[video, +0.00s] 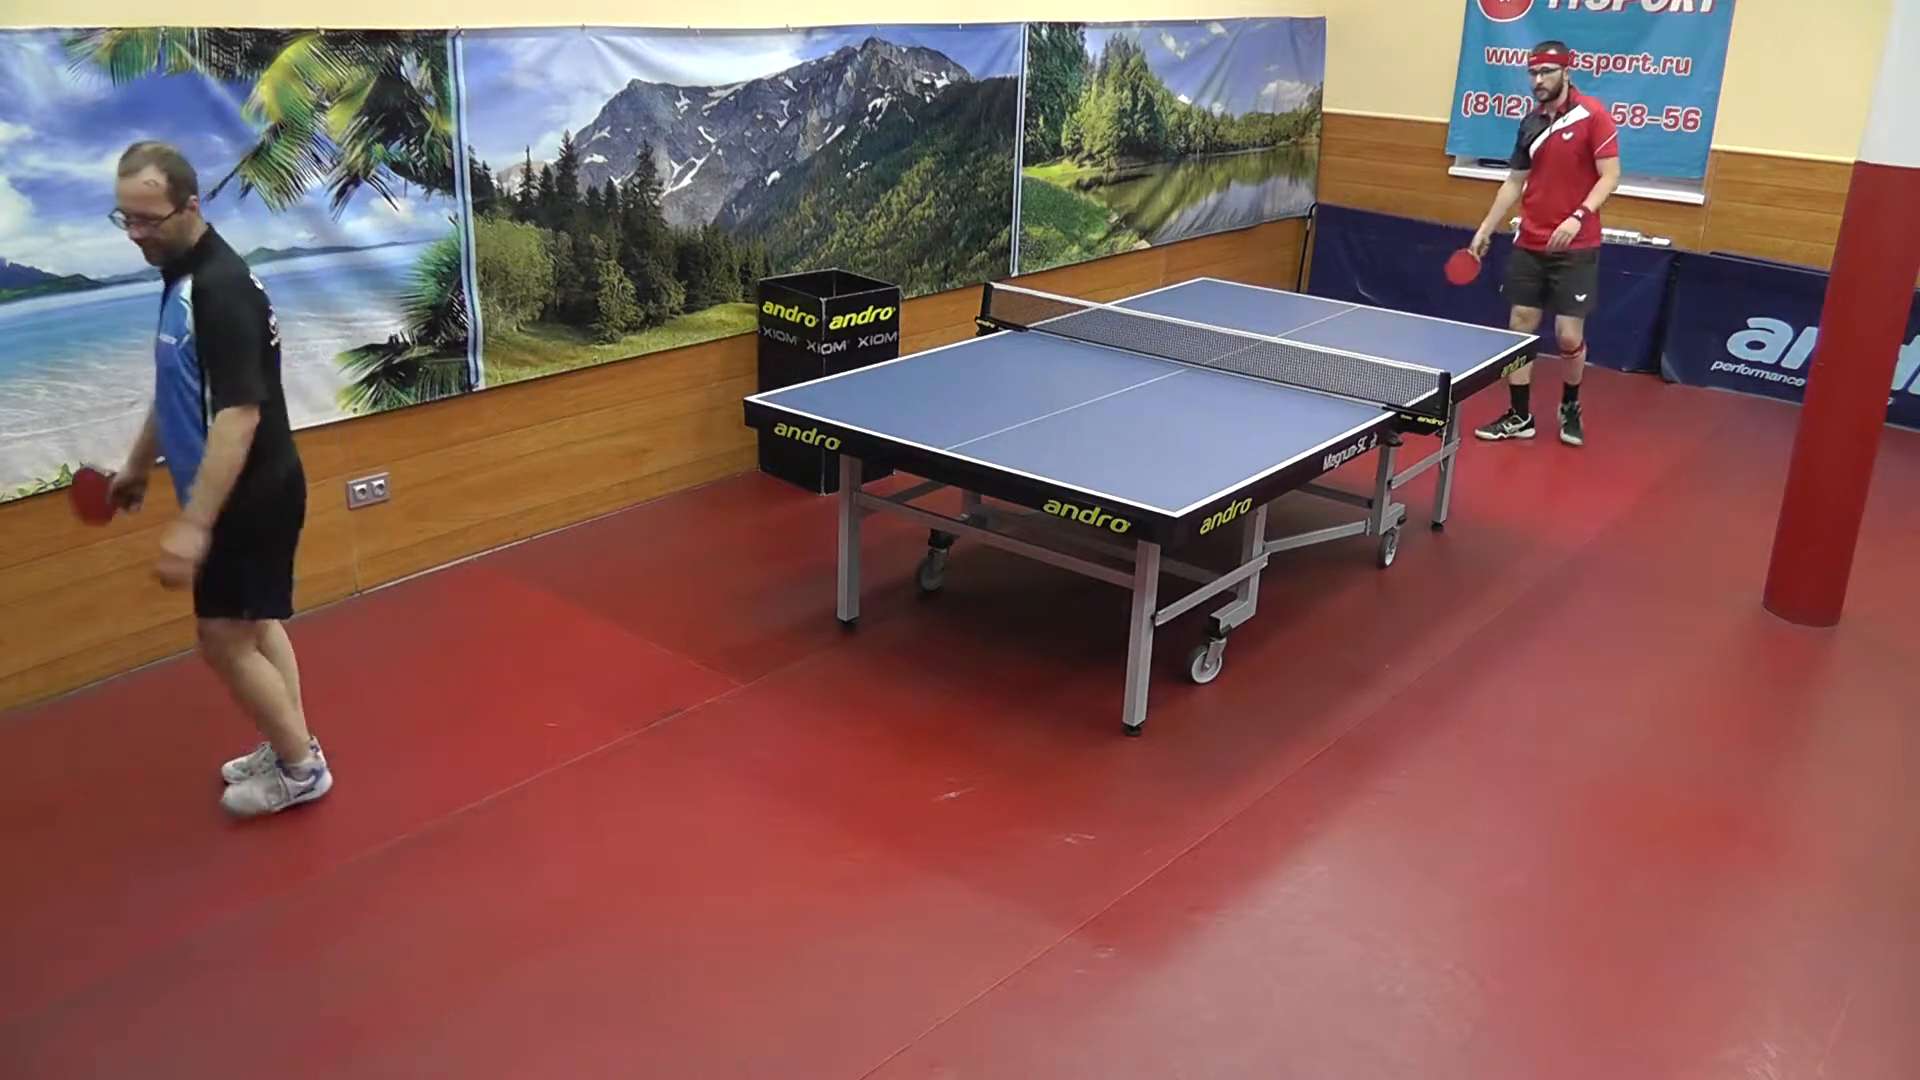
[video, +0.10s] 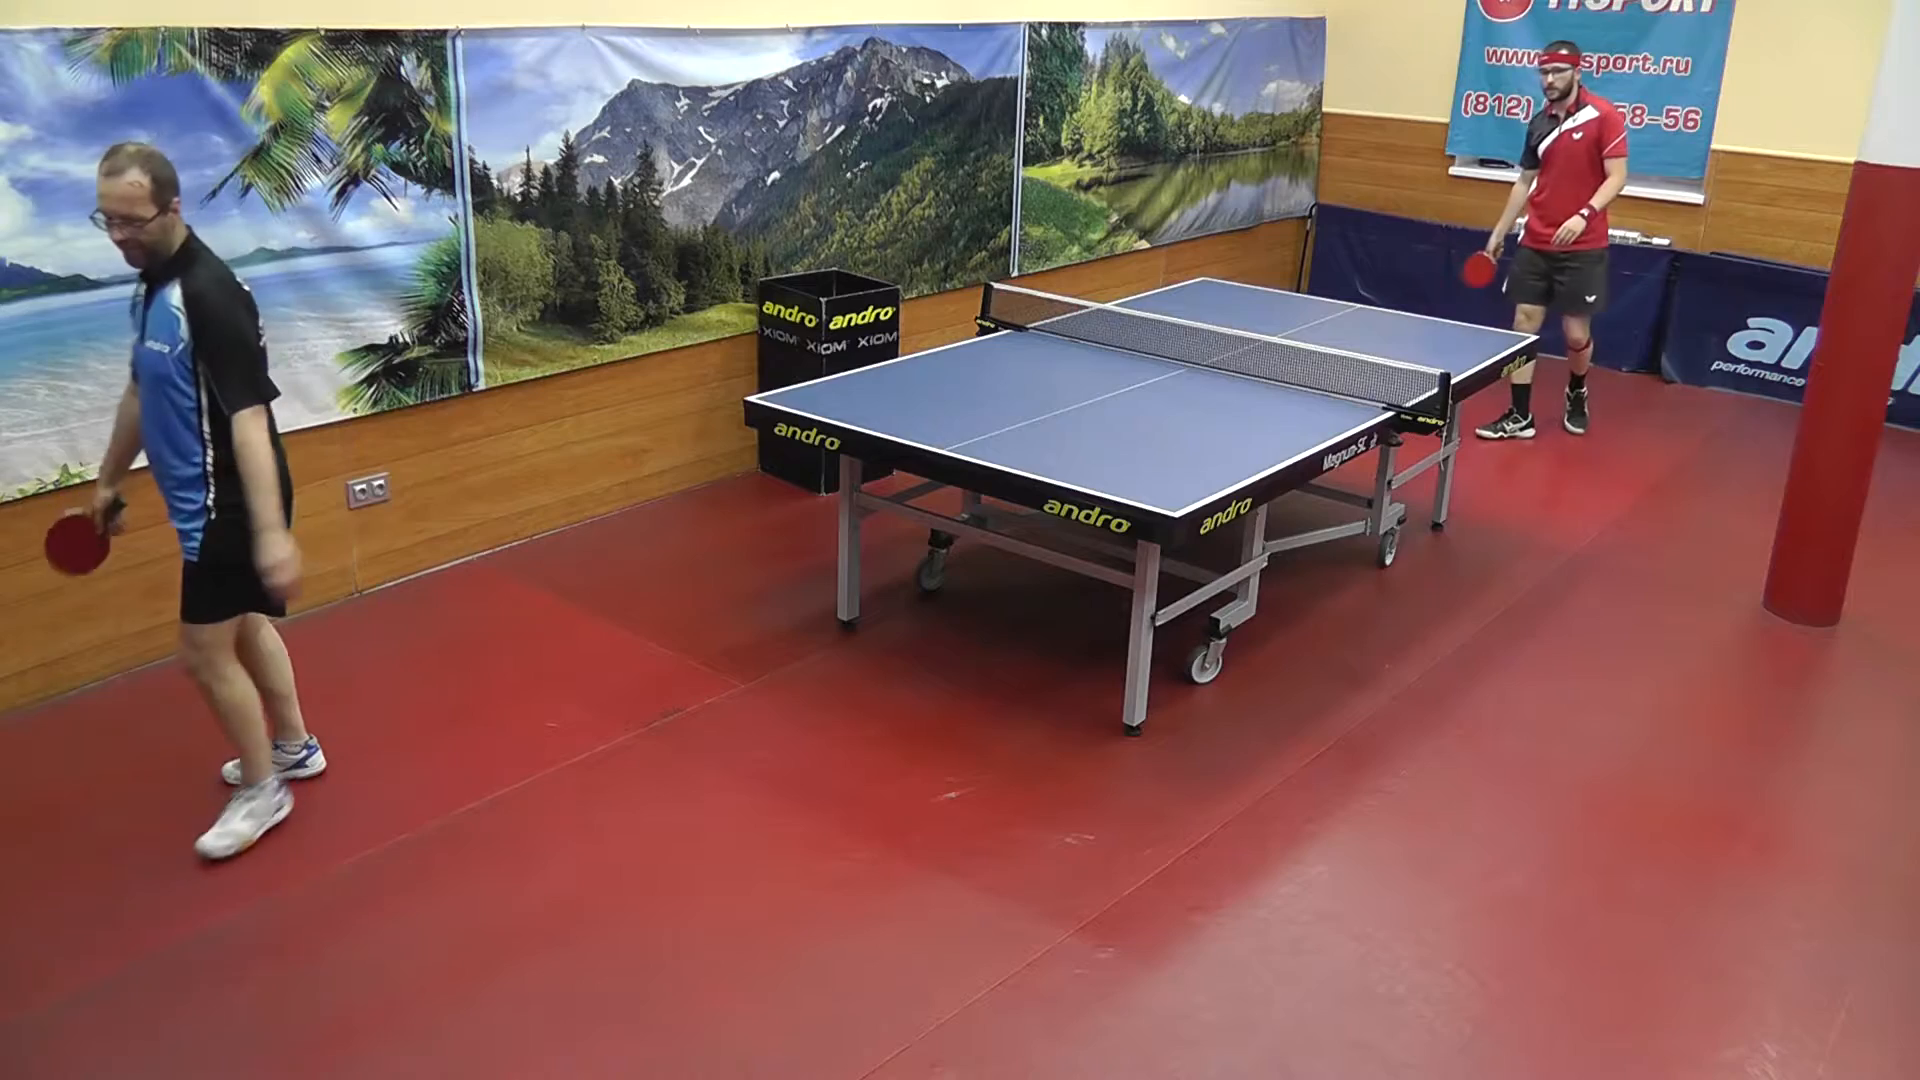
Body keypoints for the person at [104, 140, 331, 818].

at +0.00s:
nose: (133, 234)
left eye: (146, 219)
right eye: (125, 219)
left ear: (189, 207)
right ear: (122, 211)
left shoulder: (219, 285)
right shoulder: (182, 275)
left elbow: (240, 415)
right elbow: (179, 387)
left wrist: (195, 522)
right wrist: (139, 465)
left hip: (252, 488)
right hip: (233, 484)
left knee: (223, 643)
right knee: (258, 624)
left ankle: (301, 769)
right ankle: (291, 747)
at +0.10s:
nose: (117, 235)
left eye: (131, 219)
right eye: (107, 220)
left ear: (171, 208)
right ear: (102, 213)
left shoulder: (211, 291)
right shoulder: (154, 283)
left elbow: (250, 417)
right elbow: (143, 390)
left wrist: (271, 529)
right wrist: (108, 479)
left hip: (230, 503)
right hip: (200, 501)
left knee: (206, 654)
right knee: (247, 626)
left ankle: (264, 787)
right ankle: (292, 743)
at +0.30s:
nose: (81, 260)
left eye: (95, 245)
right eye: (71, 244)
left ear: (135, 232)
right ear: (62, 232)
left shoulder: (185, 312)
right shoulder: (93, 306)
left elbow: (266, 413)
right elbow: (98, 417)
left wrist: (334, 510)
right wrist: (84, 520)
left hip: (210, 527)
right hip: (165, 524)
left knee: (178, 679)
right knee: (234, 631)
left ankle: (179, 847)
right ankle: (291, 737)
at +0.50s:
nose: (59, 283)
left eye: (75, 268)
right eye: (46, 267)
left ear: (112, 249)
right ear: (36, 253)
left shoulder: (164, 338)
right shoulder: (45, 325)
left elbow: (230, 455)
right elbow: (46, 445)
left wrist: (282, 559)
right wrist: (37, 558)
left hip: (169, 565)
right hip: (102, 564)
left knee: (161, 712)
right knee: (135, 682)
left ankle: (174, 863)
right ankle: (239, 724)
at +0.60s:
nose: (48, 290)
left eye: (63, 275)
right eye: (34, 274)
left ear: (99, 255)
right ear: (20, 258)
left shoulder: (153, 342)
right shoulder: (20, 337)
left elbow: (214, 468)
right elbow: (17, 459)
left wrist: (220, 591)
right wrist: (8, 568)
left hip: (153, 582)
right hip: (72, 580)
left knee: (161, 727)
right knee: (80, 714)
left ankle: (174, 864)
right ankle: (183, 748)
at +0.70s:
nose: (29, 302)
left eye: (44, 286)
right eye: (16, 286)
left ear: (81, 263)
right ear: (3, 271)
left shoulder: (137, 349)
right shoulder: (11, 351)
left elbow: (201, 471)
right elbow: (8, 470)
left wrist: (153, 590)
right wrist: (7, 560)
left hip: (138, 587)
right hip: (48, 586)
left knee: (161, 733)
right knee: (35, 746)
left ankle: (176, 862)